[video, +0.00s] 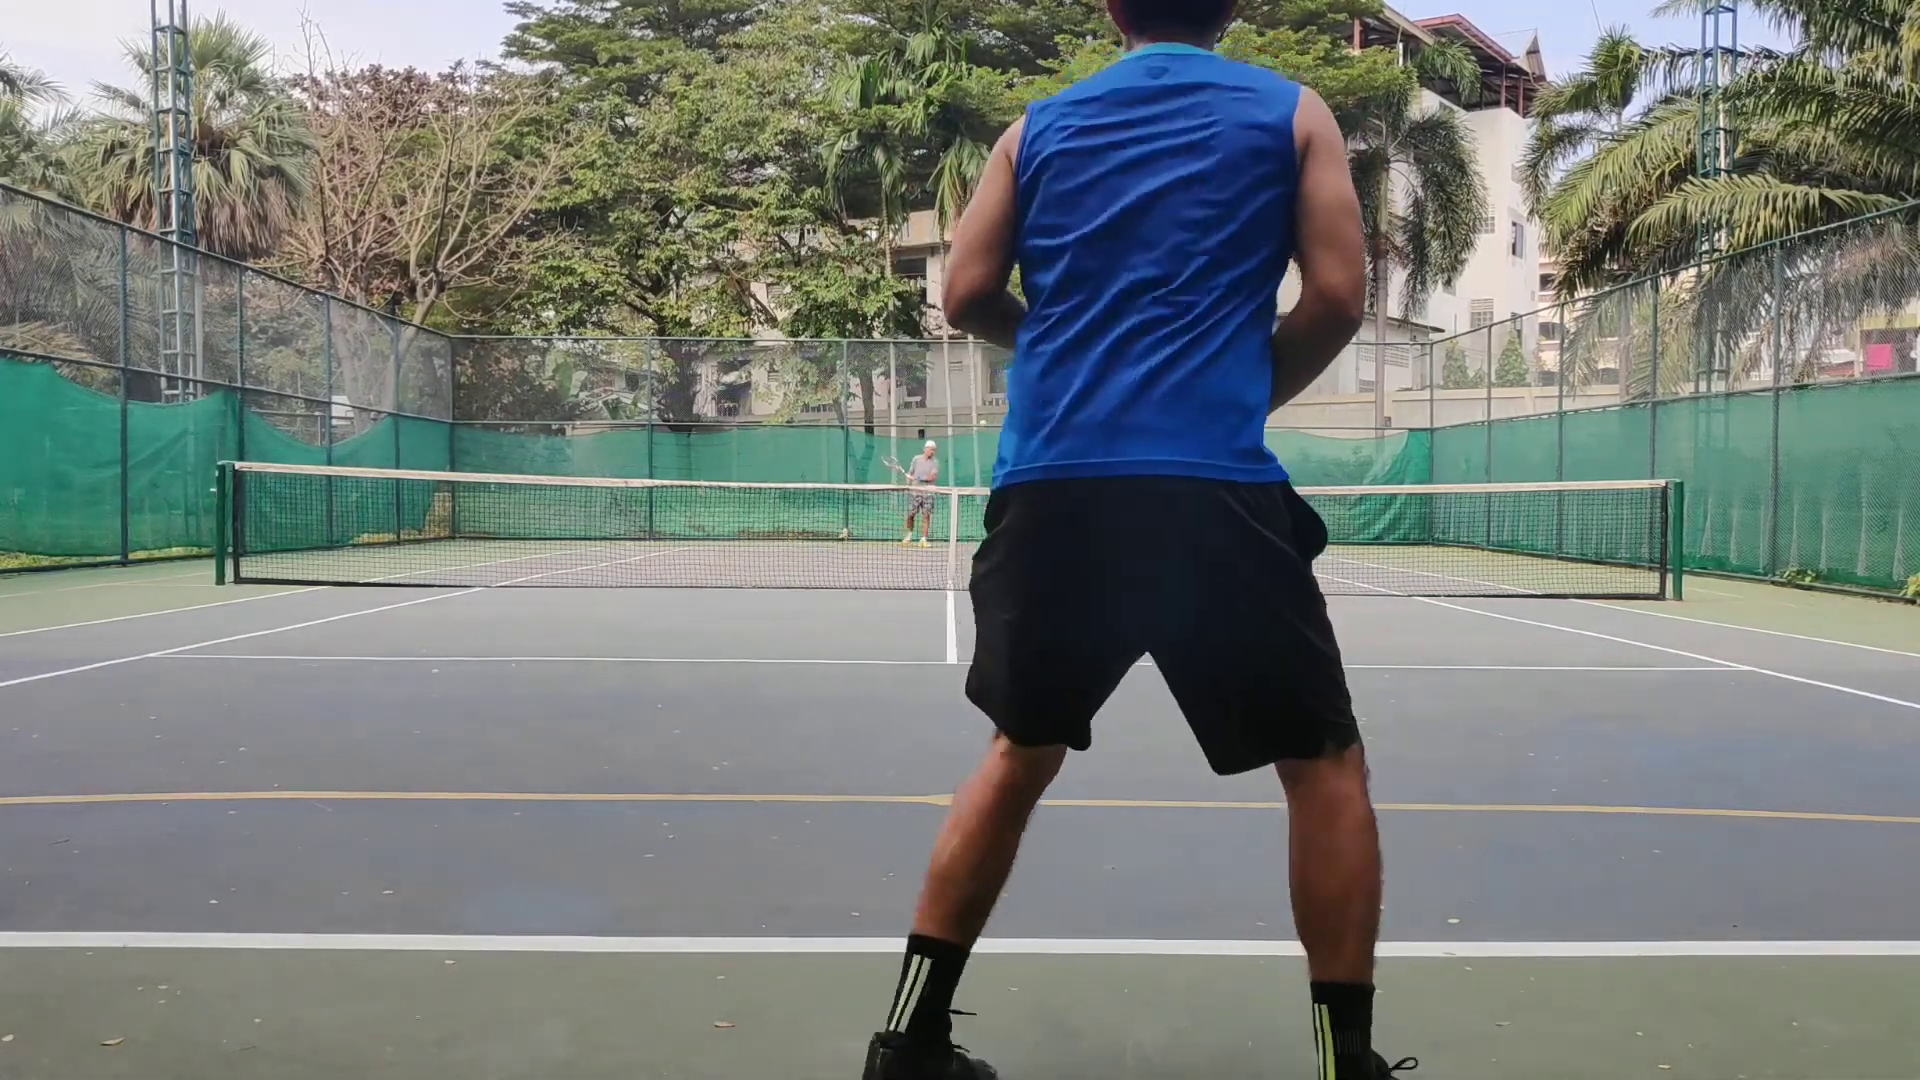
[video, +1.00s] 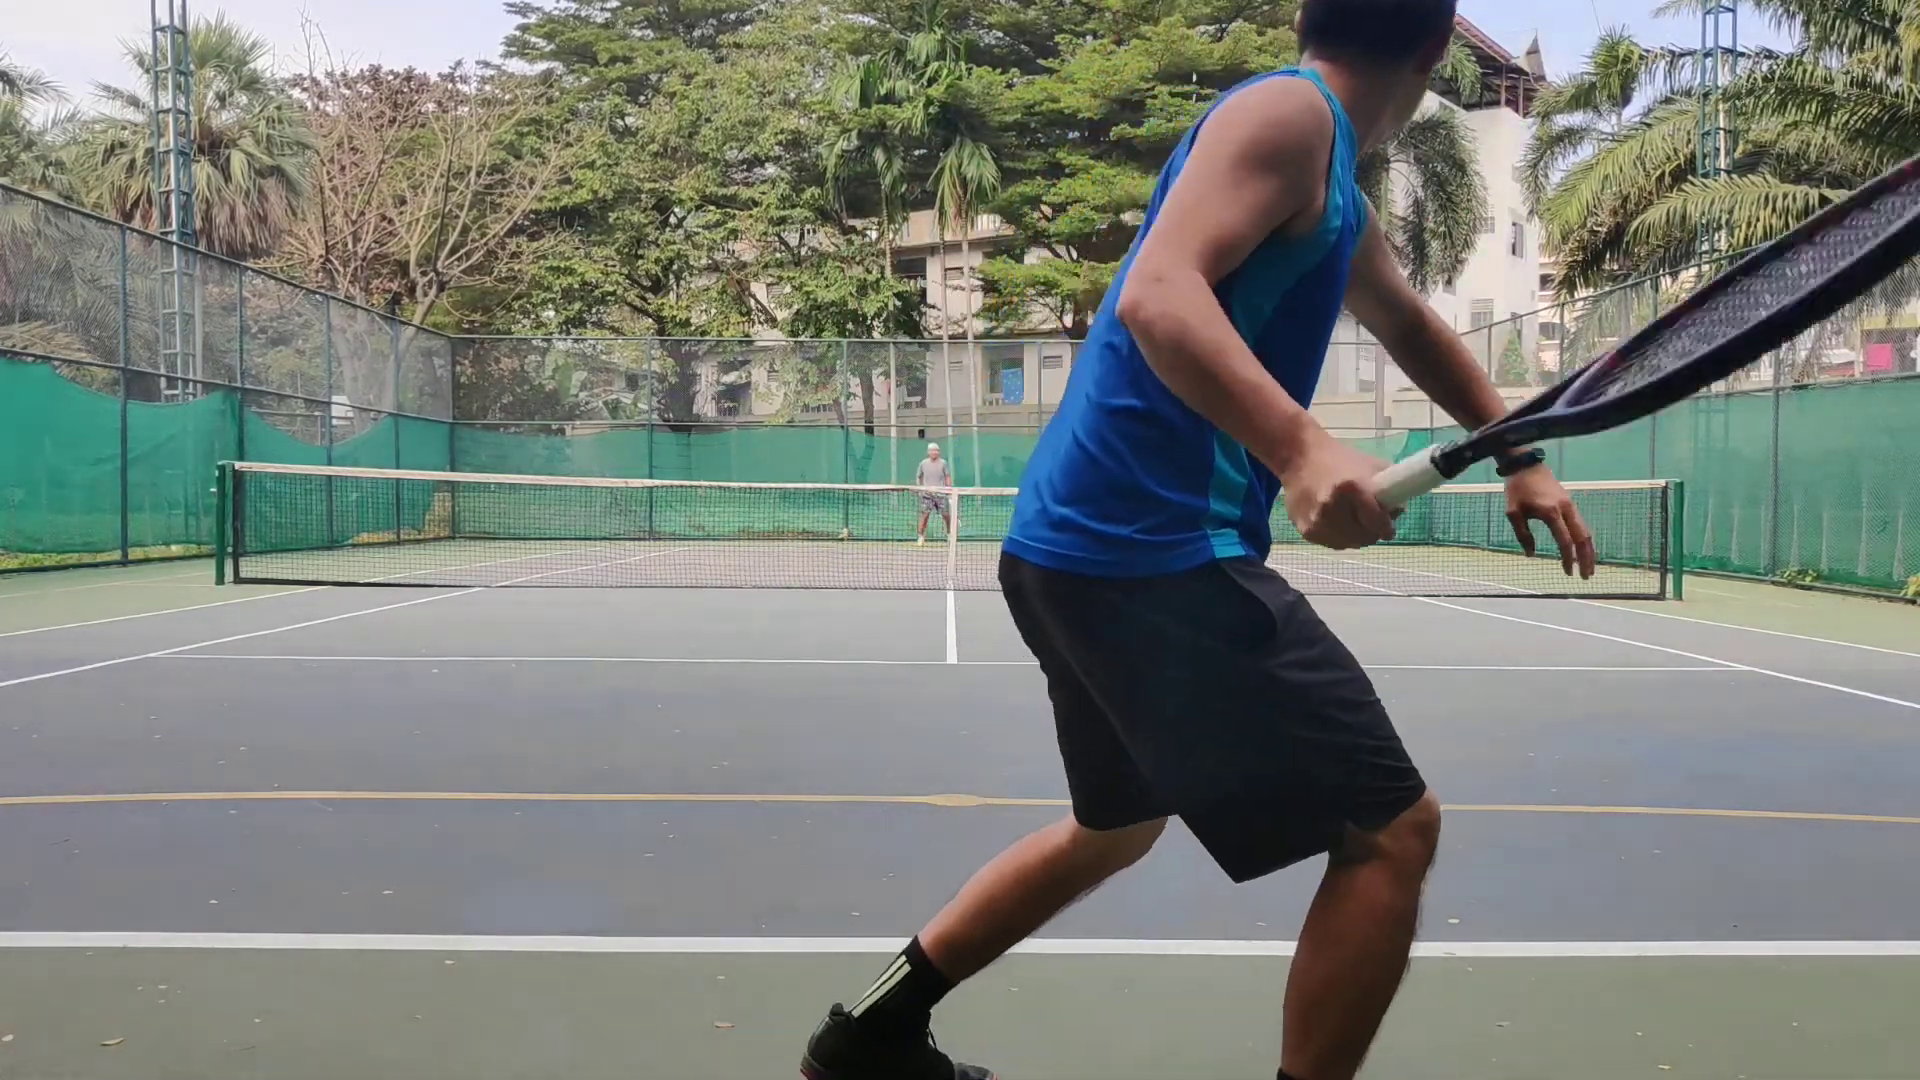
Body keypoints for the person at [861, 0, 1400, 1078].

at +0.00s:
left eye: (1106, 16)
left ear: (1113, 15)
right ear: (1228, 16)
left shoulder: (1042, 122)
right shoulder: (1292, 110)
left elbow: (965, 294)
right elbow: (1338, 298)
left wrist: (1051, 337)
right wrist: (1246, 388)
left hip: (1054, 494)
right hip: (1217, 498)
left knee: (1017, 756)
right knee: (1324, 768)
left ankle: (911, 1032)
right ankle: (1348, 1054)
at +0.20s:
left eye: (1131, 40)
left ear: (1127, 57)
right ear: (1238, 66)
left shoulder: (1052, 177)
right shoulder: (1282, 165)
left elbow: (988, 383)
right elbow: (1296, 374)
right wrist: (1229, 480)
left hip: (1034, 546)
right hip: (1191, 546)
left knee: (1053, 779)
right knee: (1340, 794)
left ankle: (910, 1039)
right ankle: (1340, 1064)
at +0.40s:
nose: (1253, 49)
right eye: (1255, 35)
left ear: (1134, 32)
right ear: (1243, 36)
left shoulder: (1095, 130)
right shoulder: (1199, 115)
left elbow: (1148, 358)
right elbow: (1225, 329)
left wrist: (1315, 376)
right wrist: (1318, 459)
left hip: (975, 507)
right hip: (1082, 506)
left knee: (1049, 782)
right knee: (1296, 765)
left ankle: (906, 1050)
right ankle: (1313, 1069)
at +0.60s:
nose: (1329, 50)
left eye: (1323, 31)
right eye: (1326, 36)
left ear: (1201, 35)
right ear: (1310, 46)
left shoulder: (1191, 134)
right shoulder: (1213, 102)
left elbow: (1344, 332)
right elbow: (1189, 266)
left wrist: (1516, 361)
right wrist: (1426, 285)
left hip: (1005, 516)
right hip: (1086, 518)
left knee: (1080, 784)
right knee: (1313, 807)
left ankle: (886, 1027)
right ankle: (1294, 1076)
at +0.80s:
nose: (1397, 77)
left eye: (1391, 60)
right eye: (1402, 57)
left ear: (1275, 41)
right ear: (1391, 61)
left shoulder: (1293, 213)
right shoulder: (1241, 120)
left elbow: (1420, 348)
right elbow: (1103, 279)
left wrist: (1590, 449)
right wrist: (1290, 341)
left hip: (1064, 555)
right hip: (1129, 557)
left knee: (1130, 815)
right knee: (1372, 829)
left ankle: (888, 1013)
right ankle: (1305, 1074)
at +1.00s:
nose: (1436, 79)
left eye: (1439, 58)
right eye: (1444, 55)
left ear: (1321, 25)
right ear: (1432, 49)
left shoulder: (1325, 174)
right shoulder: (1286, 114)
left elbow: (1413, 328)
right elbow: (1160, 296)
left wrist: (1520, 458)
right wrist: (1305, 452)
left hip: (1078, 549)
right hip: (1153, 556)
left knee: (1117, 823)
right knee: (1392, 827)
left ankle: (880, 1024)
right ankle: (1310, 1069)